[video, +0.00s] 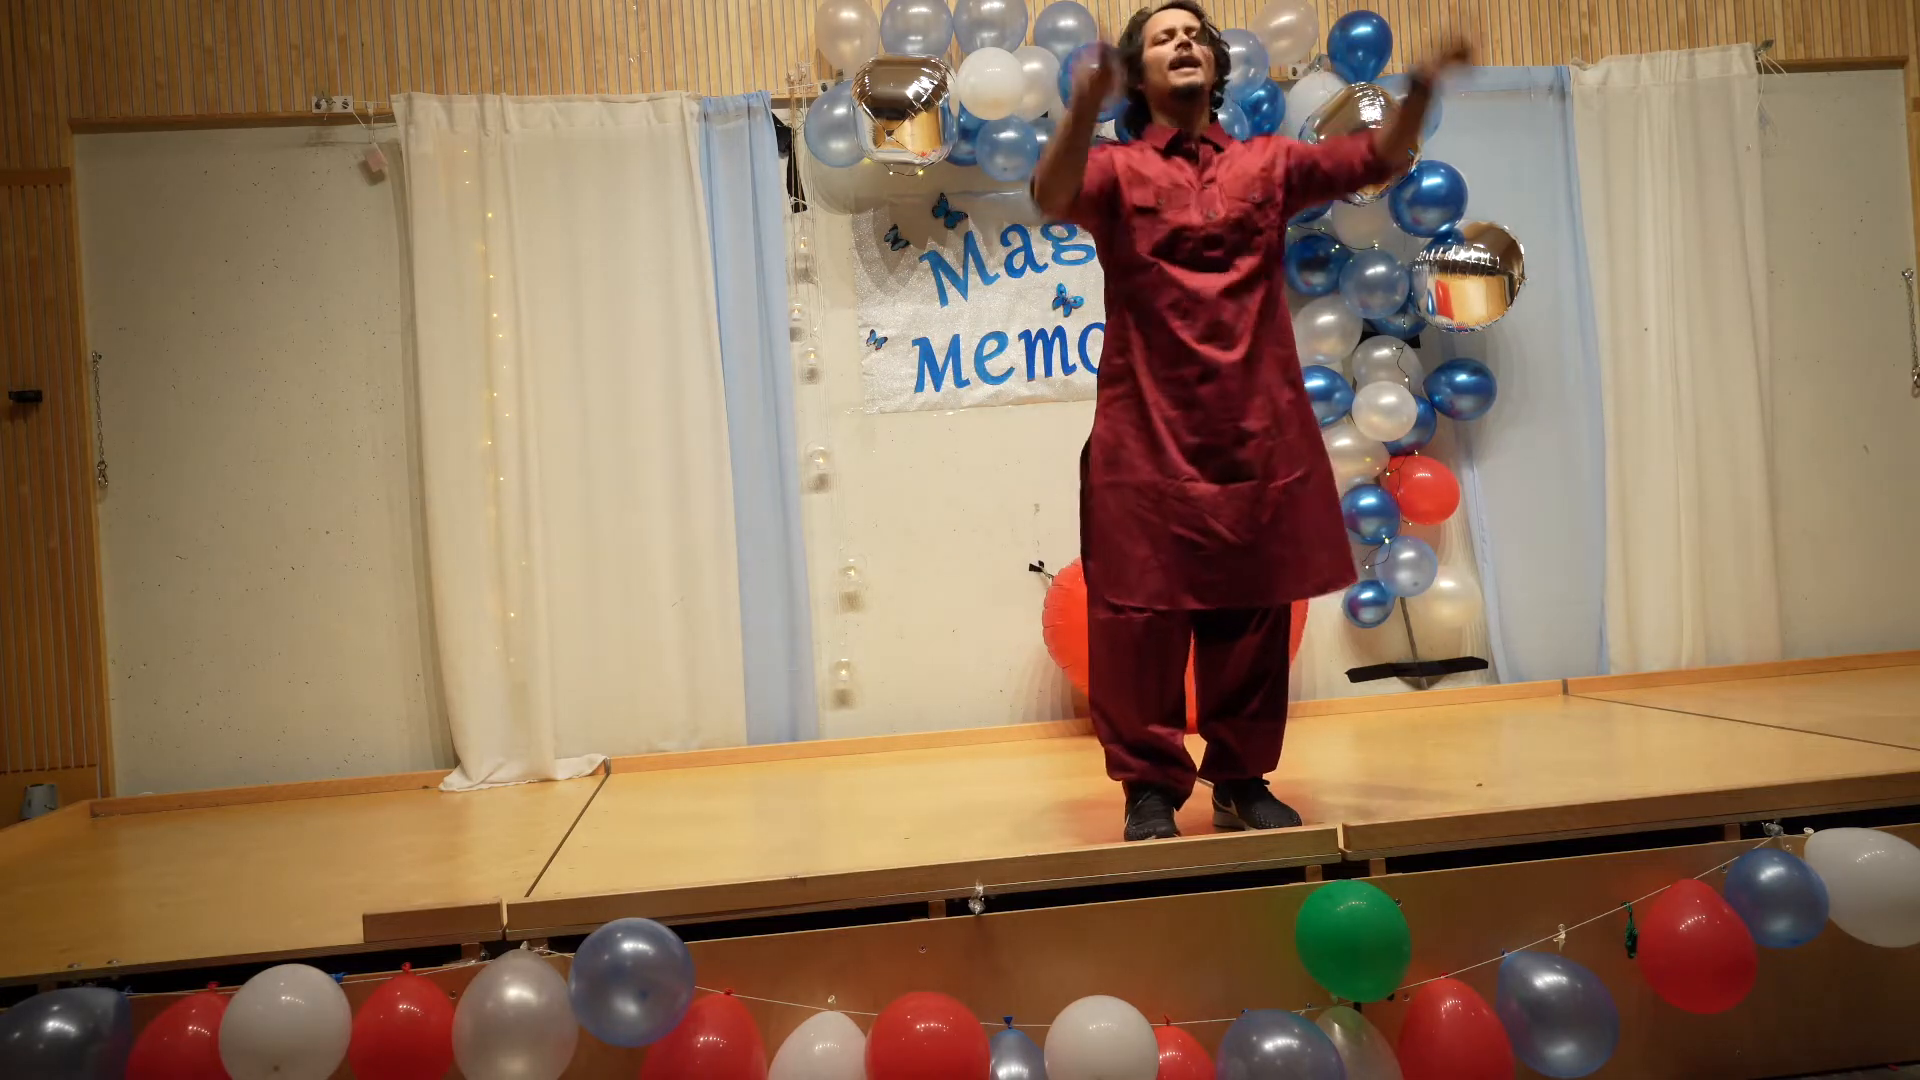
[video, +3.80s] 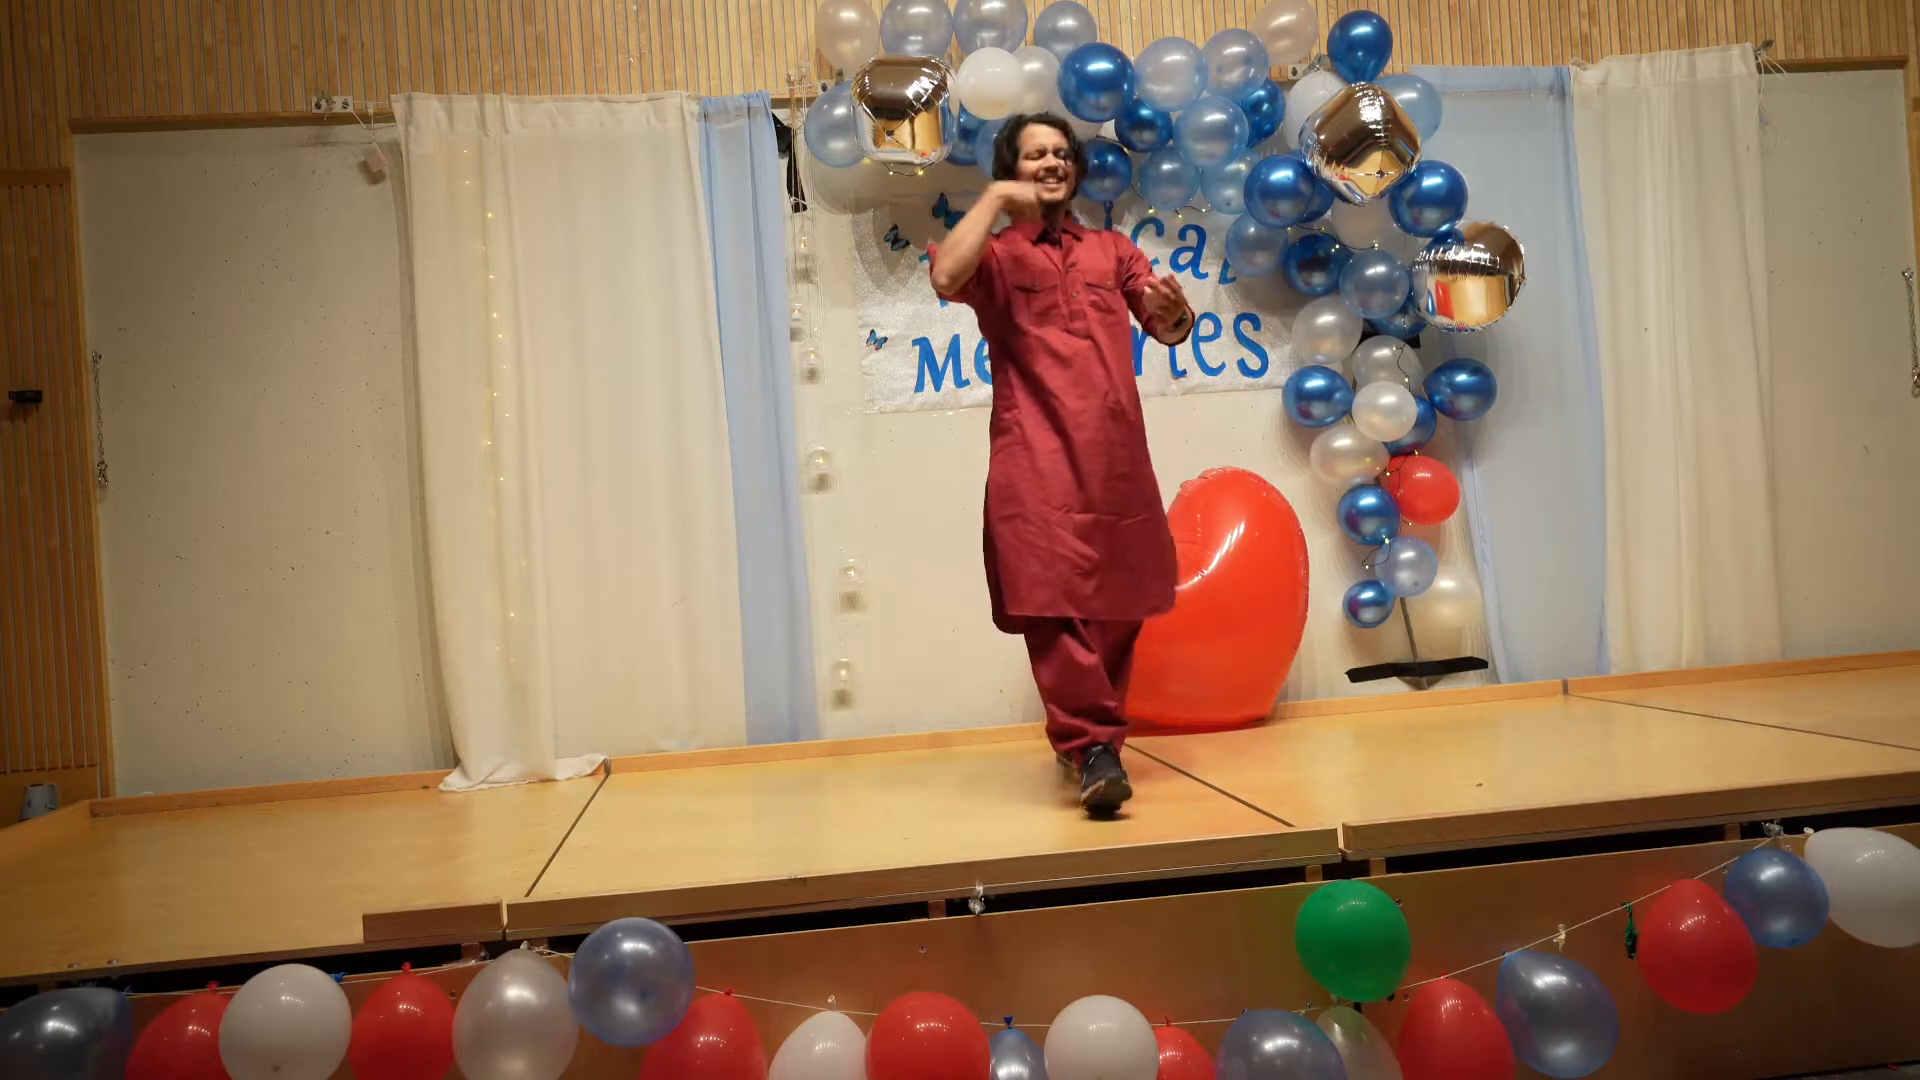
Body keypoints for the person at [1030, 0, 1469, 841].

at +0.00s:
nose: (1184, 45)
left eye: (1197, 36)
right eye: (1163, 38)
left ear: (1218, 67)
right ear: (1135, 73)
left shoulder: (1265, 159)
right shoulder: (1113, 164)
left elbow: (1380, 158)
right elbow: (1051, 195)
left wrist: (1422, 87)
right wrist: (1084, 104)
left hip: (1253, 422)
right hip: (1147, 423)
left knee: (1253, 612)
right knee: (1141, 613)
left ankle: (1243, 784)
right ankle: (1150, 791)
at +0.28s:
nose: (1194, 48)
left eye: (1206, 38)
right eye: (1173, 40)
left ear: (1226, 66)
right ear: (1143, 72)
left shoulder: (1268, 164)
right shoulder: (1118, 166)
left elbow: (1355, 228)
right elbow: (1070, 254)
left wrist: (1396, 209)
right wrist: (1122, 216)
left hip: (1254, 427)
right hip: (1148, 427)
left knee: (1250, 612)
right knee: (1140, 612)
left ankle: (1243, 784)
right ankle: (1149, 790)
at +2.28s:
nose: (1157, 93)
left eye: (1173, 80)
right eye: (1145, 83)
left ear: (1211, 96)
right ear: (1130, 103)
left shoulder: (1254, 181)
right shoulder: (1116, 189)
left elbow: (1315, 256)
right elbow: (1069, 269)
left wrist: (1303, 187)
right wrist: (1114, 175)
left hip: (1250, 432)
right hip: (1147, 432)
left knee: (1254, 609)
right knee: (1133, 604)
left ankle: (1243, 779)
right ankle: (1128, 769)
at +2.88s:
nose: (1089, 130)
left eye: (1106, 120)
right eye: (1083, 118)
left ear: (1144, 135)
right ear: (1071, 129)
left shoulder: (1176, 218)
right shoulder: (1042, 217)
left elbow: (1220, 309)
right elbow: (980, 269)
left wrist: (1199, 261)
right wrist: (1002, 179)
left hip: (1157, 446)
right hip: (1059, 450)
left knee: (1195, 605)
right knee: (1063, 612)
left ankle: (1234, 773)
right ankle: (1098, 768)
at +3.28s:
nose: (1044, 140)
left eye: (1060, 128)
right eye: (1034, 129)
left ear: (1096, 139)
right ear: (1024, 141)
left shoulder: (1141, 221)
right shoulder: (1006, 225)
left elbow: (1179, 306)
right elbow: (936, 248)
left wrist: (1143, 318)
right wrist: (947, 153)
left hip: (1128, 451)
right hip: (1036, 452)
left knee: (1148, 606)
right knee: (1052, 613)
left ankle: (1135, 732)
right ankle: (1093, 758)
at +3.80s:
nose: (1051, 164)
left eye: (1061, 154)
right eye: (1036, 155)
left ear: (1077, 169)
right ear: (1008, 173)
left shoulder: (1110, 247)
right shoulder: (991, 249)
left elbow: (1166, 324)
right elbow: (946, 275)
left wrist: (1173, 310)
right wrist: (994, 196)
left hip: (1113, 447)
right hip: (1035, 450)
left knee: (1117, 597)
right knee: (1055, 601)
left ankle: (1094, 737)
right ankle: (1094, 749)